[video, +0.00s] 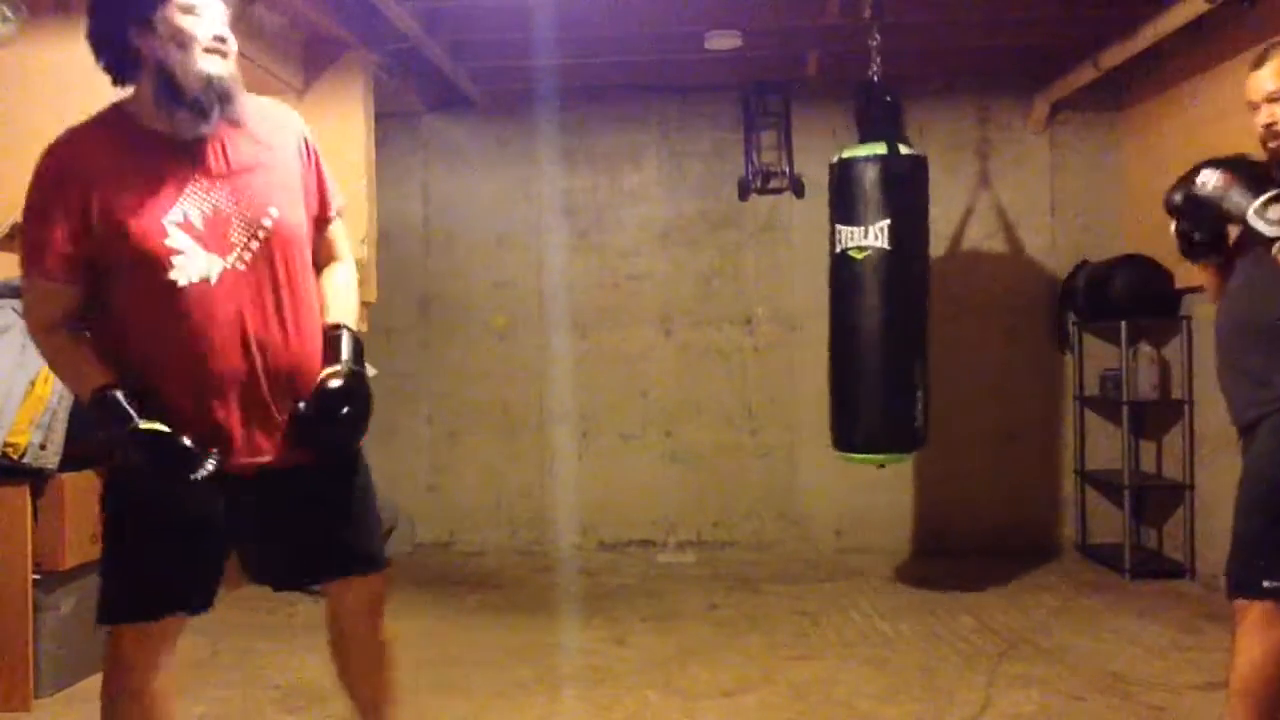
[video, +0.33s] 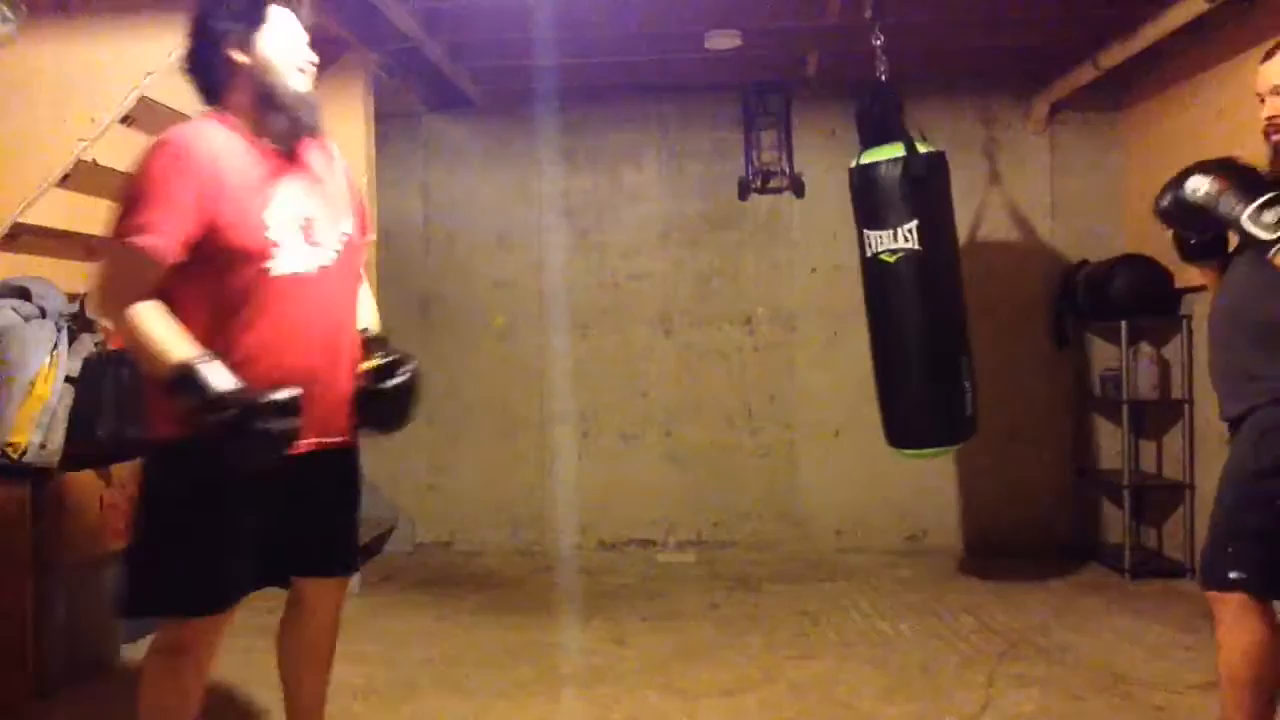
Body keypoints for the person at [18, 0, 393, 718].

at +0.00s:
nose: (224, 32)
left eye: (226, 17)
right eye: (194, 12)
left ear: (237, 36)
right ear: (137, 35)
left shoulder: (283, 129)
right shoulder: (78, 163)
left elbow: (332, 255)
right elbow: (51, 319)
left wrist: (344, 358)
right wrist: (126, 426)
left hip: (307, 442)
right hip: (168, 456)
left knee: (362, 586)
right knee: (142, 644)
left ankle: (379, 713)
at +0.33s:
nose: (311, 49)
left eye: (306, 35)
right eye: (290, 30)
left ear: (253, 51)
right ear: (236, 49)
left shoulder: (327, 157)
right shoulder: (192, 150)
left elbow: (351, 270)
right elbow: (122, 292)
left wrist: (373, 348)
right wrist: (213, 386)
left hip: (321, 442)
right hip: (216, 444)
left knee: (322, 592)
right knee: (191, 634)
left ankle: (306, 717)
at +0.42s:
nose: (332, 58)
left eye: (328, 44)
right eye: (315, 42)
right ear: (263, 56)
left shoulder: (329, 155)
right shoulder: (222, 149)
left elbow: (352, 266)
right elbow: (178, 284)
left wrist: (401, 336)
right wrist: (271, 369)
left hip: (334, 427)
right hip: (239, 433)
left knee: (326, 589)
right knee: (223, 618)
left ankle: (307, 716)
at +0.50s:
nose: (345, 62)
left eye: (342, 47)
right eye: (328, 45)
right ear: (278, 55)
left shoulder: (337, 152)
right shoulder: (246, 138)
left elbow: (374, 267)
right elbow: (226, 264)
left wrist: (437, 320)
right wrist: (336, 329)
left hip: (334, 412)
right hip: (267, 415)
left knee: (322, 588)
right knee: (274, 608)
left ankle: (305, 711)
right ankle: (231, 711)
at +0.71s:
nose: (385, 75)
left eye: (381, 59)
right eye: (371, 55)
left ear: (322, 66)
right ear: (319, 61)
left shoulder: (352, 155)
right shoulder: (301, 140)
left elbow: (432, 236)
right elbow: (372, 238)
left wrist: (528, 251)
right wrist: (515, 252)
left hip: (343, 410)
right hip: (341, 413)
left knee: (309, 582)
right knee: (404, 584)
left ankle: (298, 712)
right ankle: (408, 711)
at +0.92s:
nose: (445, 87)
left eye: (439, 71)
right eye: (431, 70)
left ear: (381, 82)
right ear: (382, 77)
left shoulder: (370, 154)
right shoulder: (374, 154)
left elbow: (499, 230)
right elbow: (479, 227)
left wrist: (626, 220)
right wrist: (616, 225)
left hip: (376, 427)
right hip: (425, 423)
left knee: (363, 589)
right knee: (494, 589)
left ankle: (311, 713)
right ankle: (528, 710)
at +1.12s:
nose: (536, 72)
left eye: (532, 58)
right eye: (521, 58)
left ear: (478, 74)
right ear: (472, 70)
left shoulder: (459, 145)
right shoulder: (462, 145)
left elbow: (597, 216)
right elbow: (595, 219)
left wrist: (724, 207)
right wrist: (728, 211)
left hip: (454, 421)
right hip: (499, 422)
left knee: (431, 577)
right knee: (561, 591)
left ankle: (333, 708)